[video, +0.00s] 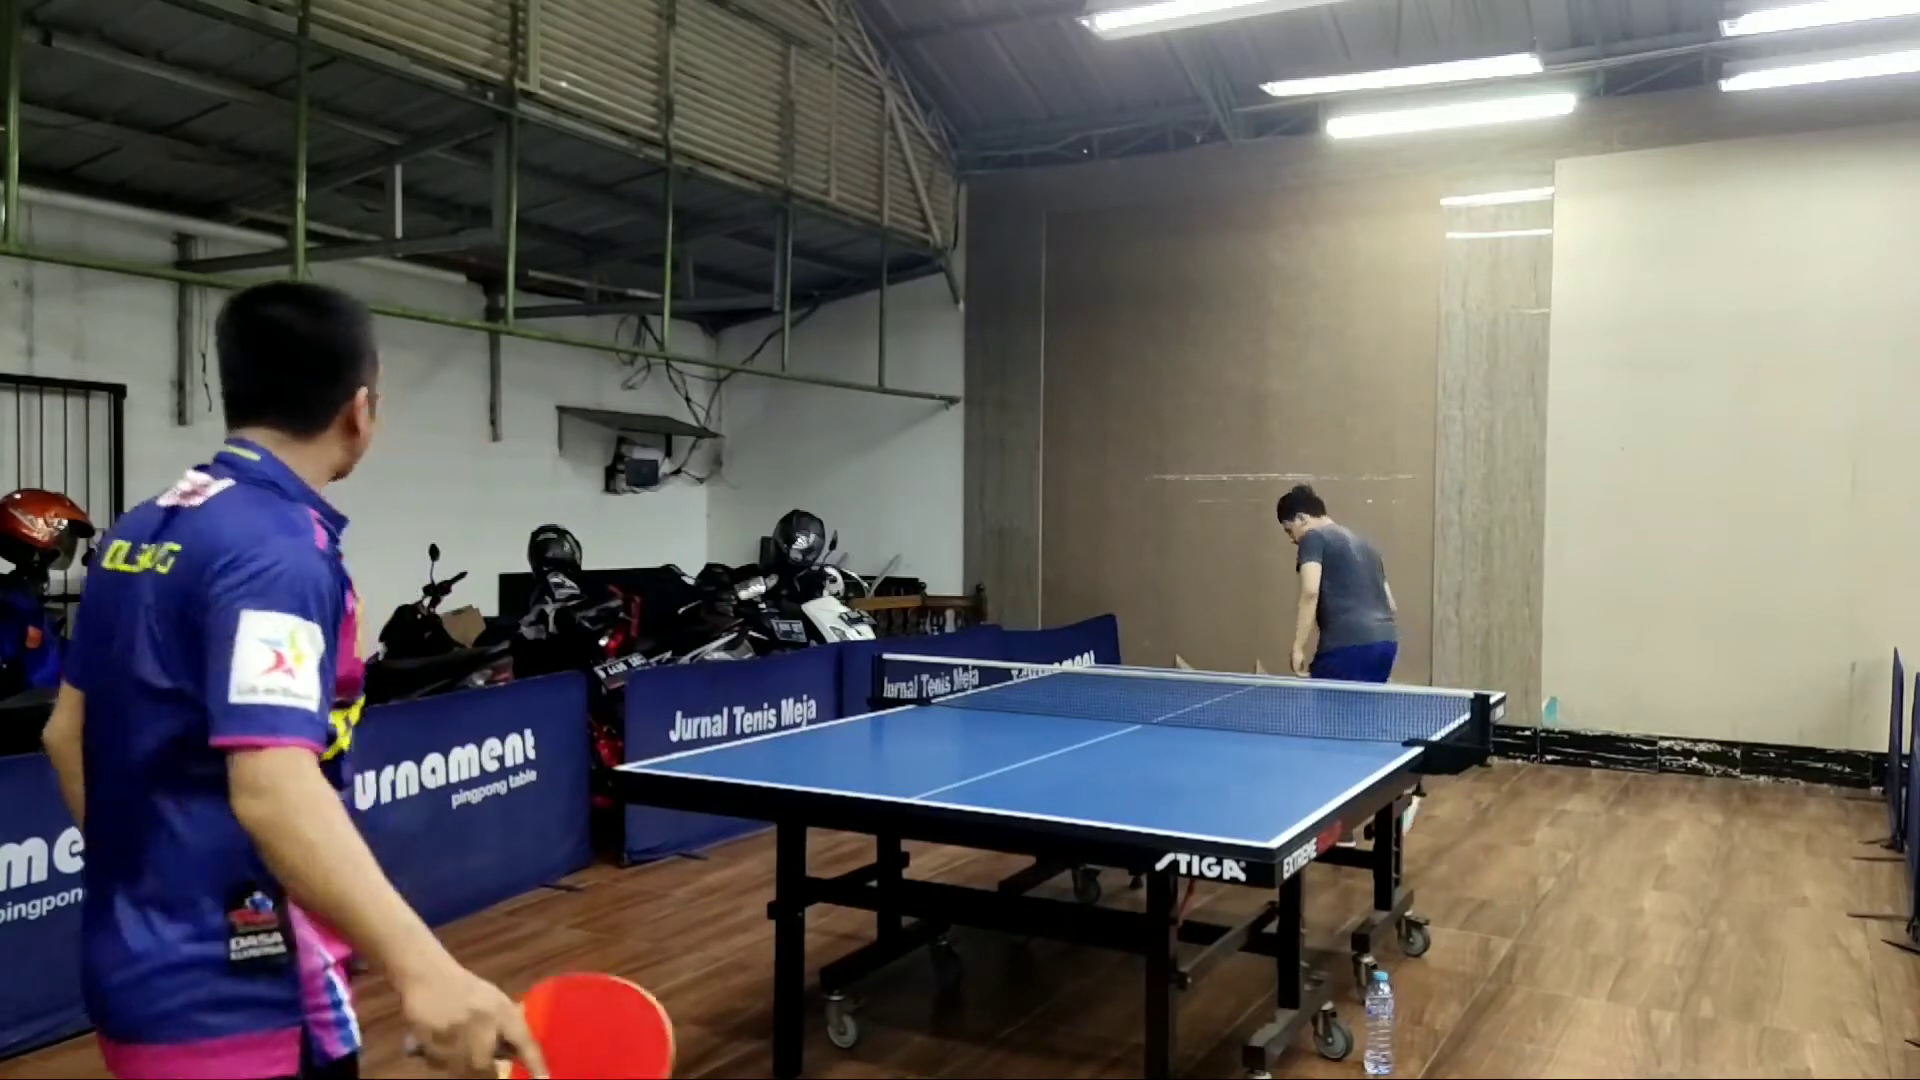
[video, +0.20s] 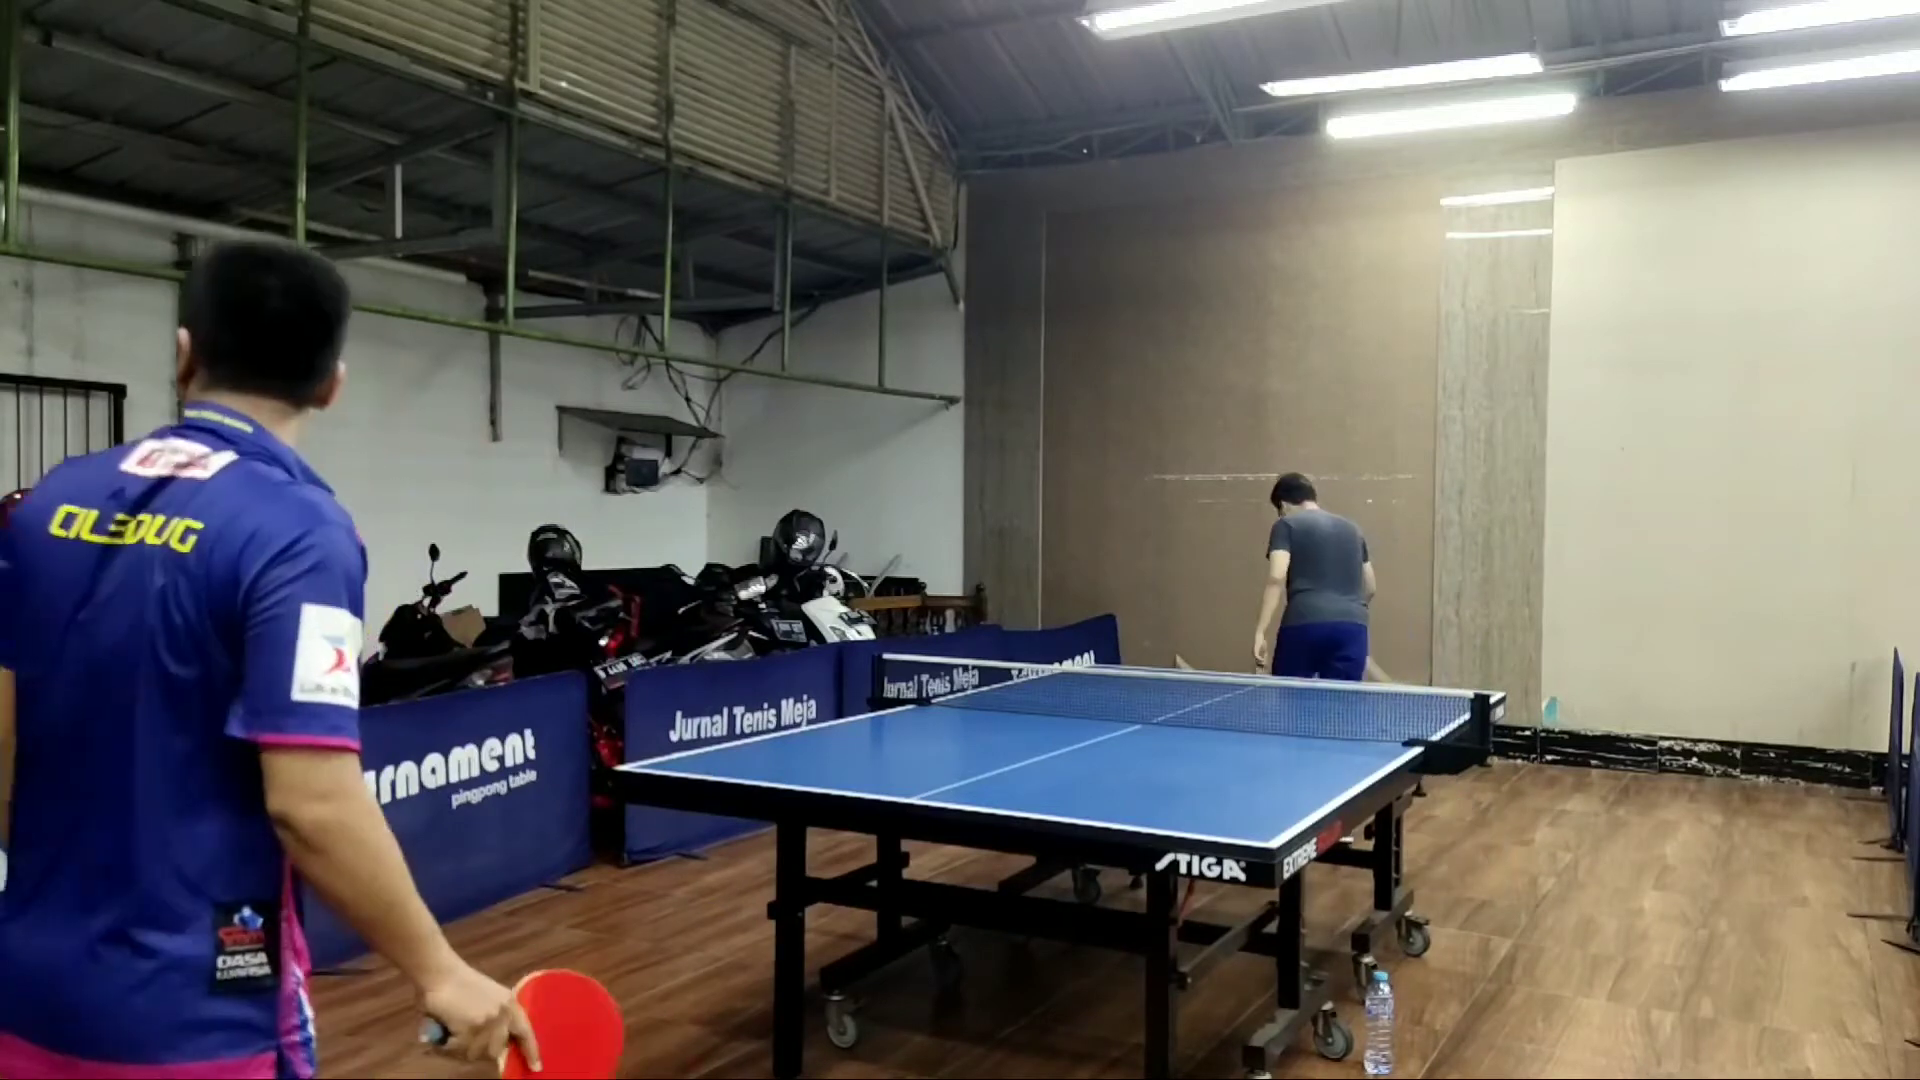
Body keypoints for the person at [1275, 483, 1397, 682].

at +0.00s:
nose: (1292, 539)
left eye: (1289, 530)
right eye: (1287, 532)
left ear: (1302, 518)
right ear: (1321, 513)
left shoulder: (1314, 538)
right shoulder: (1363, 544)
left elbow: (1310, 594)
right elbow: (1390, 605)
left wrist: (1298, 647)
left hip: (1346, 643)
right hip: (1384, 640)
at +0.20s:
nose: (1281, 518)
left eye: (1279, 512)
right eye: (1279, 513)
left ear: (1284, 505)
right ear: (1313, 498)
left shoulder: (1286, 524)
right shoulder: (1351, 527)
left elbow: (1277, 578)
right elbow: (1369, 588)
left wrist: (1261, 632)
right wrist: (1348, 618)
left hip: (1303, 626)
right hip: (1351, 627)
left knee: (1286, 708)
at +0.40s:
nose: (1269, 505)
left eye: (1270, 500)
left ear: (1272, 500)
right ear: (1304, 498)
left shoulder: (1260, 527)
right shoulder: (1327, 532)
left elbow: (1236, 582)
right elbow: (1348, 592)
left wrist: (1227, 628)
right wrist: (1347, 639)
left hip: (1266, 634)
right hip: (1312, 637)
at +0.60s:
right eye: (1302, 486)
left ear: (1266, 488)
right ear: (1299, 489)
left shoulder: (1246, 518)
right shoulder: (1315, 527)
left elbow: (1223, 574)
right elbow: (1324, 584)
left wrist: (1223, 609)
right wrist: (1333, 637)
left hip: (1249, 626)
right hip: (1293, 631)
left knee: (1239, 702)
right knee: (1286, 708)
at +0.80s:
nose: (1304, 495)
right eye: (1305, 491)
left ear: (1270, 490)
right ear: (1302, 494)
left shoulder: (1246, 519)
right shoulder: (1310, 530)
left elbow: (1221, 566)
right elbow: (1317, 585)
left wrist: (1238, 595)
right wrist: (1326, 637)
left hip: (1246, 624)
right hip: (1288, 629)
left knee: (1241, 701)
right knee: (1282, 706)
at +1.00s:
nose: (1314, 500)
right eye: (1314, 495)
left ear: (1283, 489)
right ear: (1311, 496)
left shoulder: (1253, 518)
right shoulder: (1314, 530)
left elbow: (1233, 565)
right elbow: (1323, 589)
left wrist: (1248, 592)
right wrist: (1332, 637)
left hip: (1246, 622)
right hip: (1287, 627)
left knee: (1235, 695)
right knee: (1289, 700)